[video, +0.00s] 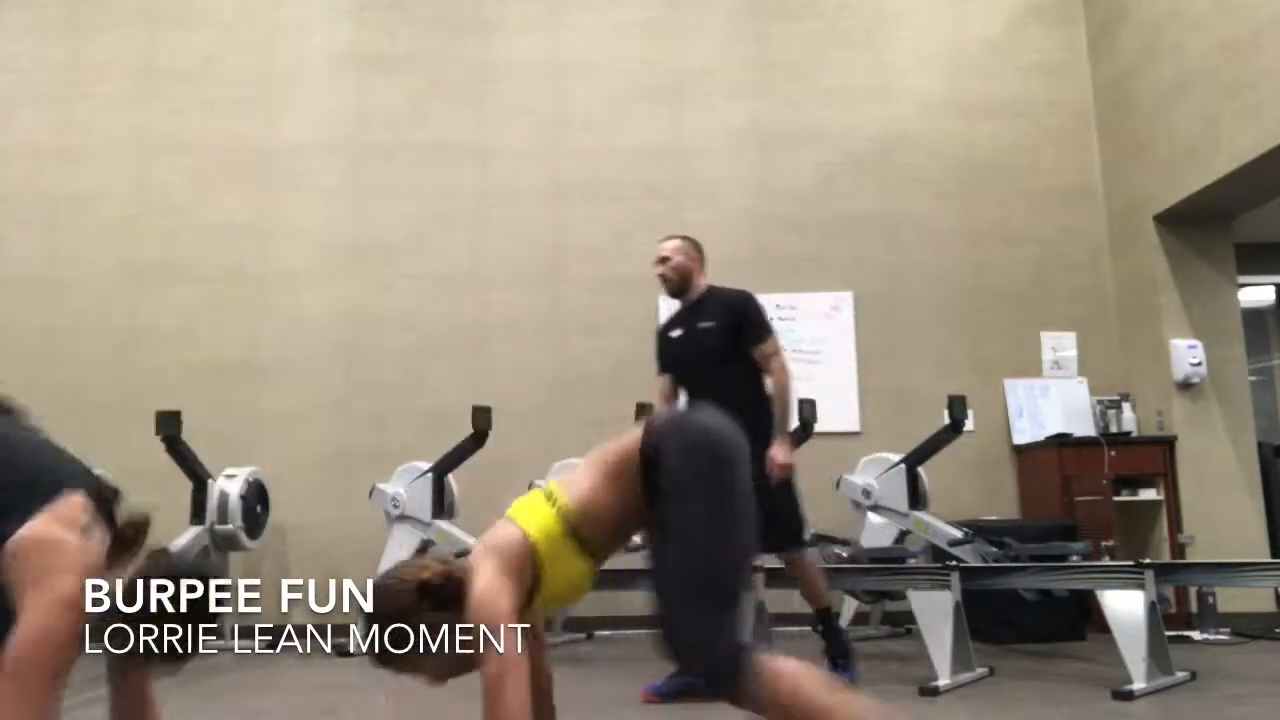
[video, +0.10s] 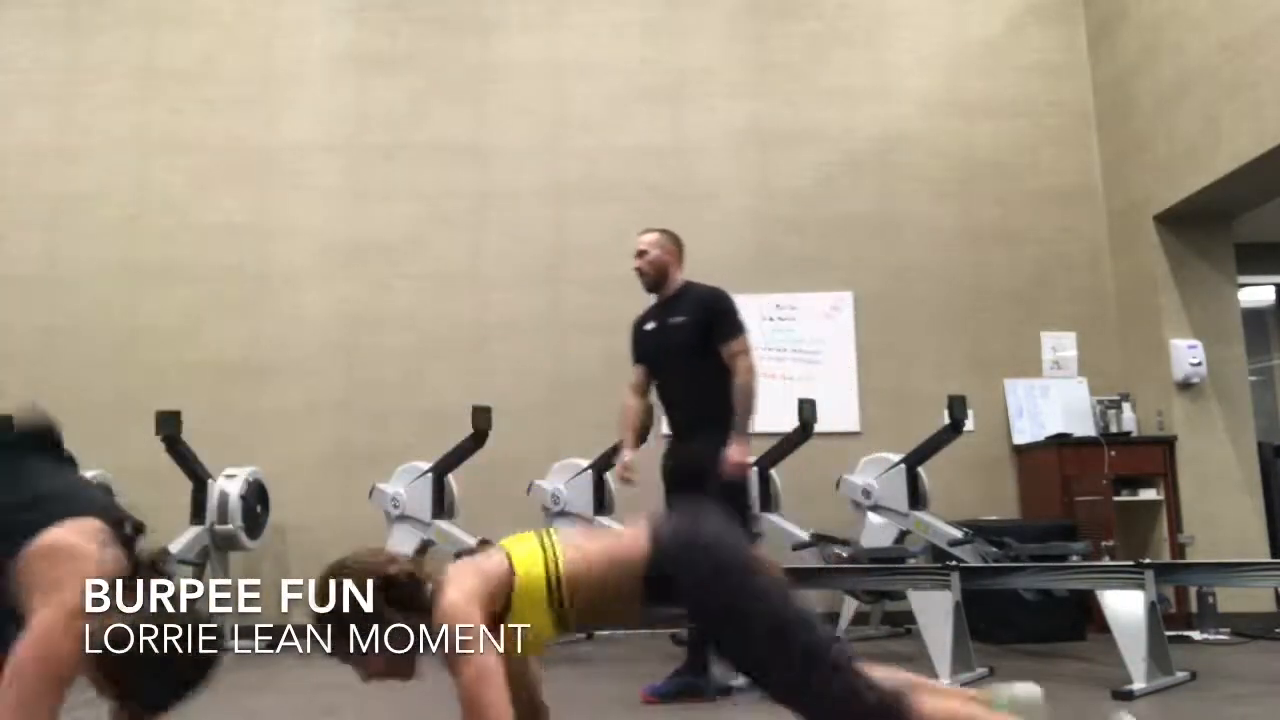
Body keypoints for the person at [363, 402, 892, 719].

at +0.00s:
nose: (439, 679)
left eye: (425, 668)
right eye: (421, 673)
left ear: (437, 625)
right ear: (441, 616)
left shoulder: (493, 580)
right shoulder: (517, 591)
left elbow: (508, 712)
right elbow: (537, 707)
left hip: (693, 450)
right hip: (687, 461)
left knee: (714, 656)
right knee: (707, 651)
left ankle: (859, 710)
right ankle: (853, 707)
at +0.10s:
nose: (374, 670)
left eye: (363, 657)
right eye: (360, 661)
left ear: (381, 620)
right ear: (397, 592)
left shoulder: (459, 596)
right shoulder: (476, 599)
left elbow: (494, 714)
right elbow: (530, 711)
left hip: (687, 555)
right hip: (682, 558)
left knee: (842, 692)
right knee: (832, 684)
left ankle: (988, 712)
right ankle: (979, 704)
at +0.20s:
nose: (363, 681)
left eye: (359, 662)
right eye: (354, 666)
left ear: (394, 643)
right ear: (407, 629)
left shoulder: (481, 644)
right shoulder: (482, 629)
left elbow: (515, 712)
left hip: (710, 687)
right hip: (702, 674)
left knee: (831, 711)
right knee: (825, 709)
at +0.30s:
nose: (360, 714)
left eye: (362, 701)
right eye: (353, 703)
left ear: (405, 682)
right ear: (409, 674)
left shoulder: (486, 683)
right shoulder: (464, 686)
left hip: (679, 713)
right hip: (657, 708)